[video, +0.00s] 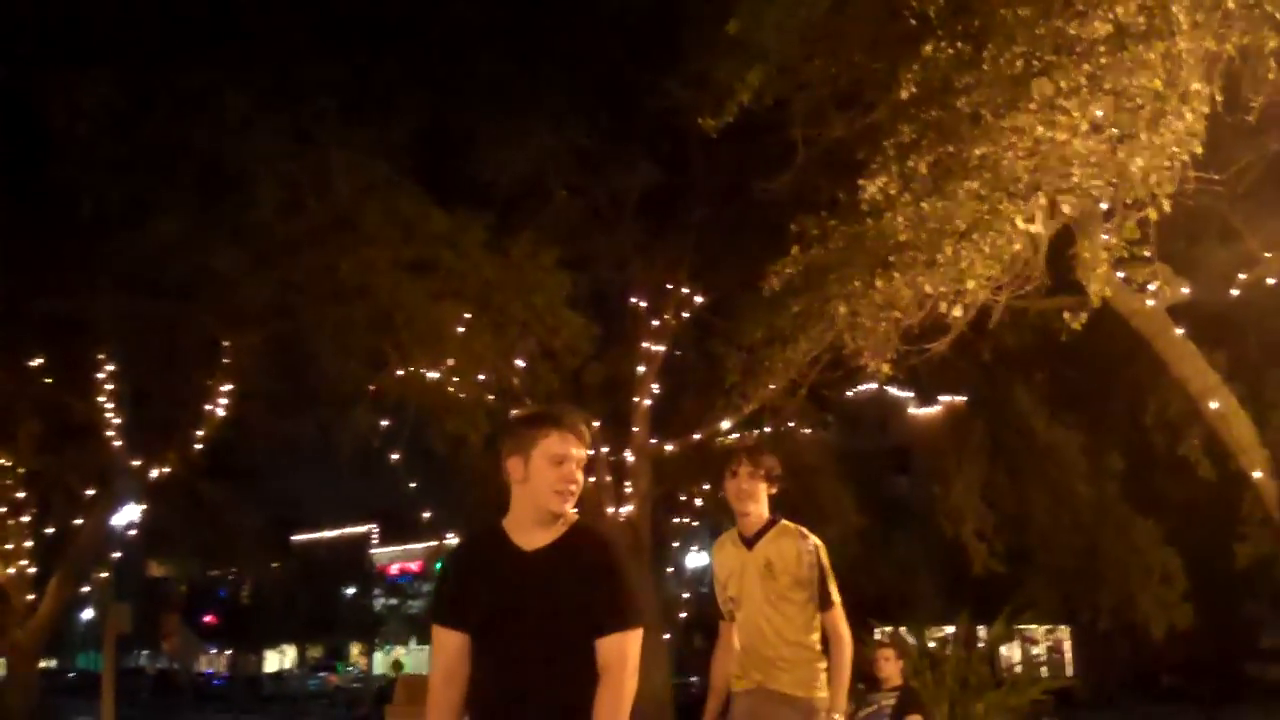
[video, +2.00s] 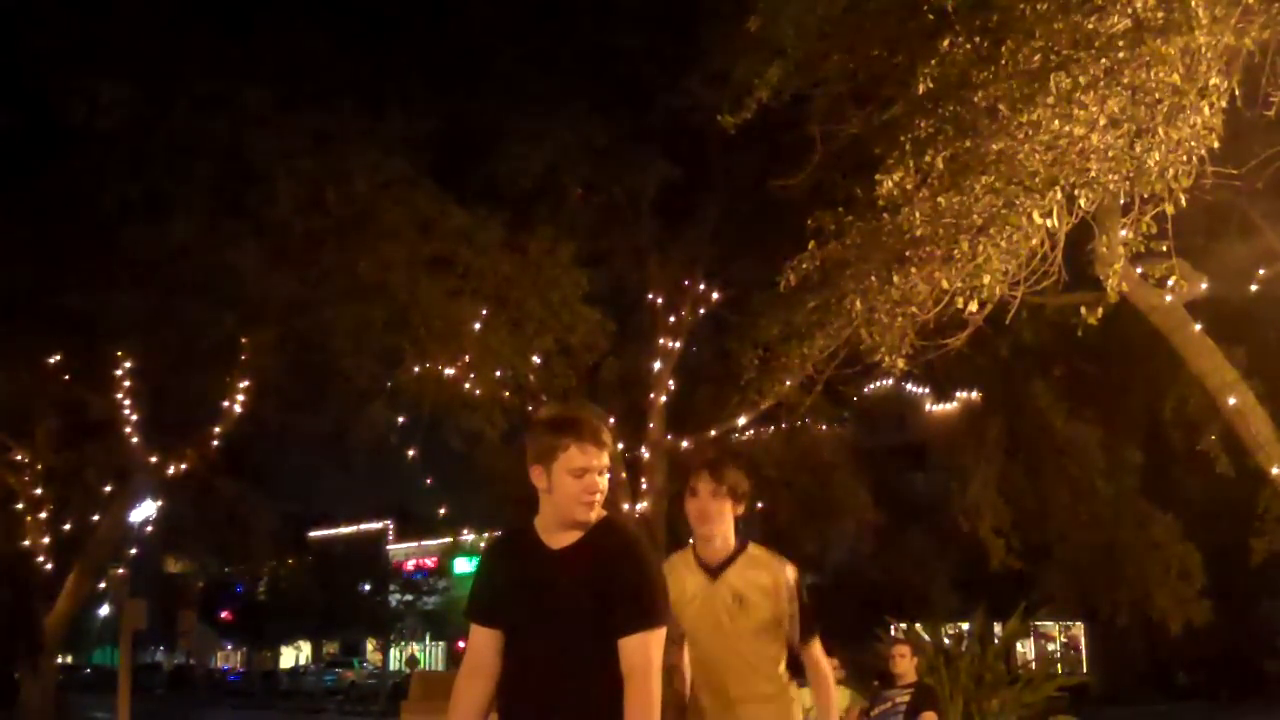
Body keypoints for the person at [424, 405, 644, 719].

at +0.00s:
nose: (574, 478)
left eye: (580, 466)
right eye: (558, 462)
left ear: (586, 473)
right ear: (514, 468)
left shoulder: (601, 558)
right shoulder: (467, 563)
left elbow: (618, 675)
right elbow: (447, 680)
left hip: (575, 711)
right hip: (490, 712)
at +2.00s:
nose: (597, 486)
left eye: (602, 472)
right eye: (579, 474)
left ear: (610, 472)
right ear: (539, 477)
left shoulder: (625, 552)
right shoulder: (504, 555)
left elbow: (642, 679)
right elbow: (478, 671)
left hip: (603, 710)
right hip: (520, 711)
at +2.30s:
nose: (557, 494)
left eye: (571, 480)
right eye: (543, 480)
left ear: (597, 473)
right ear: (526, 474)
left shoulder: (631, 556)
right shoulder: (508, 556)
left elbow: (644, 682)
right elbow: (481, 671)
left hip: (605, 711)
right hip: (523, 711)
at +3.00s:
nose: (520, 504)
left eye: (537, 489)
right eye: (510, 490)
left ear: (575, 483)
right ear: (501, 486)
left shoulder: (620, 565)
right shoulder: (492, 555)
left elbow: (648, 690)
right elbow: (479, 662)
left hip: (604, 713)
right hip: (521, 712)